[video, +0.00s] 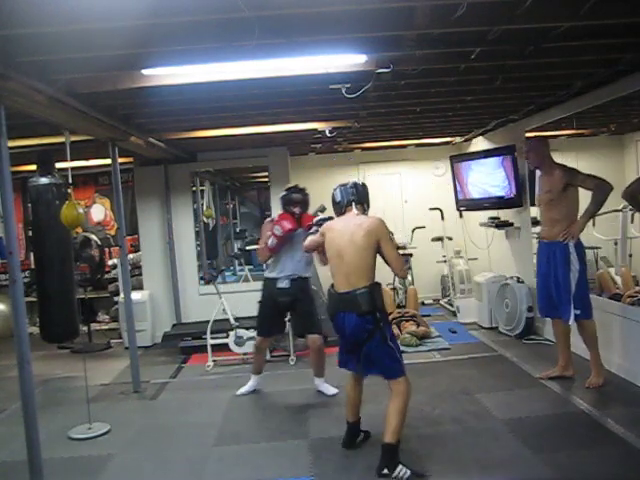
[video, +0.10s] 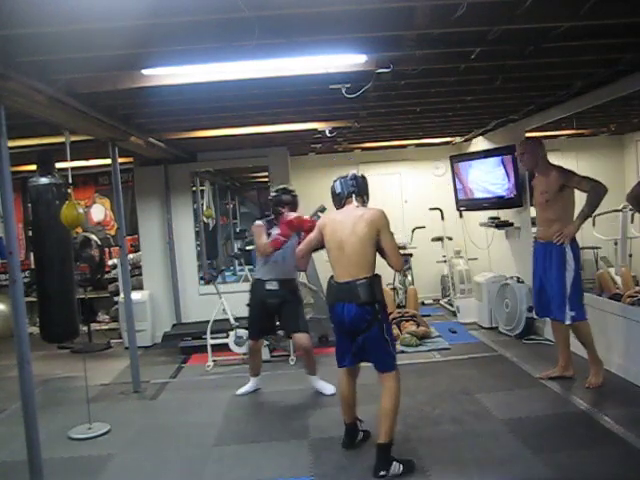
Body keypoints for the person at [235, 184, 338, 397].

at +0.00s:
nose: (297, 209)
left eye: (301, 205)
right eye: (293, 205)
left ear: (307, 206)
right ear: (284, 205)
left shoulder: (312, 225)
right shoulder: (271, 224)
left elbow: (323, 260)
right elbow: (261, 257)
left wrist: (318, 234)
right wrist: (278, 236)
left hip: (301, 284)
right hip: (274, 285)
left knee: (316, 340)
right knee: (262, 340)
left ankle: (319, 380)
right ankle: (255, 379)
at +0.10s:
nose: (287, 211)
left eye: (291, 207)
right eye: (282, 206)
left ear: (296, 208)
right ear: (273, 207)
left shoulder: (299, 229)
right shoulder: (261, 226)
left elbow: (302, 264)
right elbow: (264, 250)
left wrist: (307, 230)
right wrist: (286, 232)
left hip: (288, 286)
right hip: (262, 288)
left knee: (304, 342)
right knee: (254, 342)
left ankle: (314, 378)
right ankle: (254, 380)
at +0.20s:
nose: (281, 208)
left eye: (285, 203)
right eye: (277, 203)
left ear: (291, 205)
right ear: (267, 204)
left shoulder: (291, 228)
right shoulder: (256, 224)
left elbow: (298, 261)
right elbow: (262, 250)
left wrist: (305, 241)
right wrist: (284, 242)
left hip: (280, 285)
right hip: (254, 287)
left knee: (298, 336)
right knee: (251, 341)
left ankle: (293, 384)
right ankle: (252, 379)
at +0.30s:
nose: (280, 209)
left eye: (284, 204)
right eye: (275, 204)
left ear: (289, 206)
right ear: (266, 204)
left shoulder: (289, 227)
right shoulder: (252, 226)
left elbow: (295, 262)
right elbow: (254, 263)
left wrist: (301, 240)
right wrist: (269, 243)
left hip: (278, 285)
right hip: (252, 286)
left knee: (292, 338)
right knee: (245, 342)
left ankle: (285, 391)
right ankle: (242, 376)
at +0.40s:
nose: (276, 210)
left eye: (280, 206)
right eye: (272, 206)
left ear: (283, 207)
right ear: (262, 205)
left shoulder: (283, 228)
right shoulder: (245, 227)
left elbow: (292, 260)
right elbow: (246, 262)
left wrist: (294, 237)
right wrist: (260, 237)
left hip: (273, 285)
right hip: (248, 286)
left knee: (288, 339)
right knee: (236, 345)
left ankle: (284, 391)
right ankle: (232, 382)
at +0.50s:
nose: (267, 208)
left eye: (271, 204)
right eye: (262, 203)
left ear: (275, 206)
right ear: (251, 203)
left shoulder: (276, 225)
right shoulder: (237, 224)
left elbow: (282, 258)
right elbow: (237, 258)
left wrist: (282, 228)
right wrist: (252, 231)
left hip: (266, 285)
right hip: (239, 286)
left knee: (280, 339)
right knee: (229, 344)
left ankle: (283, 391)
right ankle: (229, 383)